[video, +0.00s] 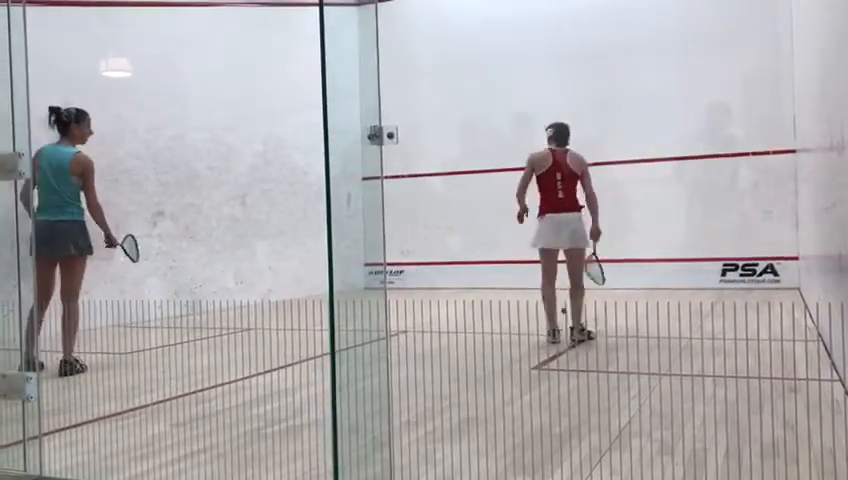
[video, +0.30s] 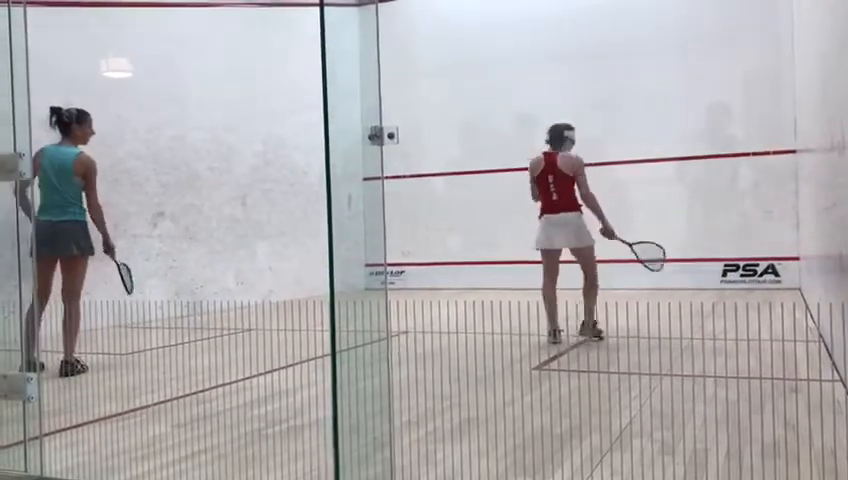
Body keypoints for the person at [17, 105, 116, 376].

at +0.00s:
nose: (91, 132)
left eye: (90, 127)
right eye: (87, 127)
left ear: (68, 128)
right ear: (73, 127)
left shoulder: (41, 154)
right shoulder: (83, 161)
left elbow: (24, 194)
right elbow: (92, 204)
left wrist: (34, 219)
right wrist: (108, 231)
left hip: (42, 230)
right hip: (72, 230)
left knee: (41, 298)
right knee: (70, 298)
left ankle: (29, 355)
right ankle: (68, 359)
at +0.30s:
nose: (92, 132)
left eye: (91, 127)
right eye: (89, 127)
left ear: (69, 128)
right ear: (75, 128)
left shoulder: (42, 154)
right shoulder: (85, 161)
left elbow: (20, 189)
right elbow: (93, 206)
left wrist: (33, 219)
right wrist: (106, 237)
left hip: (44, 229)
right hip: (74, 230)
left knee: (40, 297)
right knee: (71, 299)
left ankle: (29, 357)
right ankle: (69, 359)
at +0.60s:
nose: (94, 131)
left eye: (92, 126)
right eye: (90, 126)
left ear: (71, 128)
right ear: (76, 128)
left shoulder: (45, 155)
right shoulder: (87, 161)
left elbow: (25, 191)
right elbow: (94, 207)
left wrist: (29, 227)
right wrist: (105, 242)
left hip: (45, 229)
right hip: (75, 230)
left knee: (41, 296)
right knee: (73, 299)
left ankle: (31, 357)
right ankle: (70, 360)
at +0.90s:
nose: (95, 132)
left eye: (94, 126)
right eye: (91, 127)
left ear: (72, 129)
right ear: (78, 129)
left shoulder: (47, 156)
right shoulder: (88, 161)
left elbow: (29, 192)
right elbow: (93, 205)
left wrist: (34, 224)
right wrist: (104, 242)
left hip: (48, 230)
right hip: (77, 230)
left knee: (44, 297)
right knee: (75, 299)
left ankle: (33, 358)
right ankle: (72, 360)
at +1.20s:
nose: (95, 133)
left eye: (94, 128)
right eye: (91, 128)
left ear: (72, 130)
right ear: (78, 130)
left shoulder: (49, 157)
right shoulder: (89, 161)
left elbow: (30, 195)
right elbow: (94, 205)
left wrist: (42, 221)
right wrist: (106, 242)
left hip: (48, 231)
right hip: (77, 232)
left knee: (44, 299)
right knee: (76, 301)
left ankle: (36, 360)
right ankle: (75, 362)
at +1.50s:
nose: (84, 133)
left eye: (83, 128)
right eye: (80, 128)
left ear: (61, 132)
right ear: (68, 131)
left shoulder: (39, 158)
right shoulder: (81, 164)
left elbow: (22, 197)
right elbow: (92, 207)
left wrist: (27, 224)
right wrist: (106, 240)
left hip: (42, 233)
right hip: (71, 234)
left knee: (31, 296)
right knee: (74, 301)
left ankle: (8, 359)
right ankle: (77, 363)